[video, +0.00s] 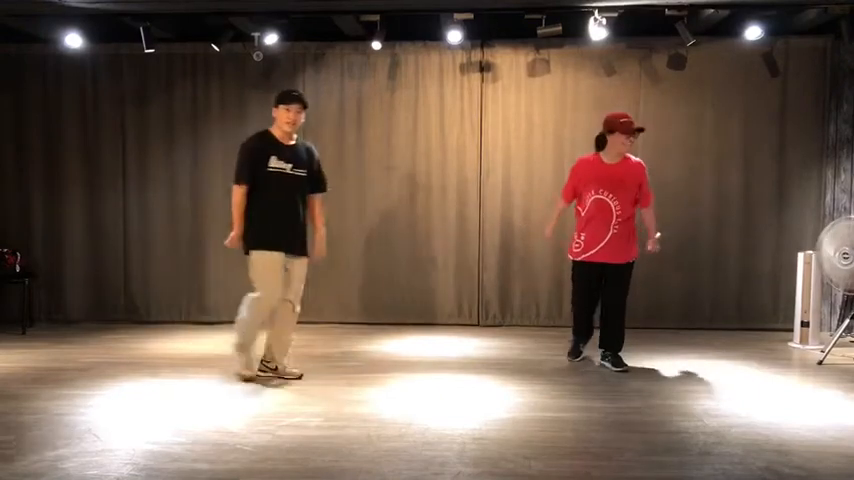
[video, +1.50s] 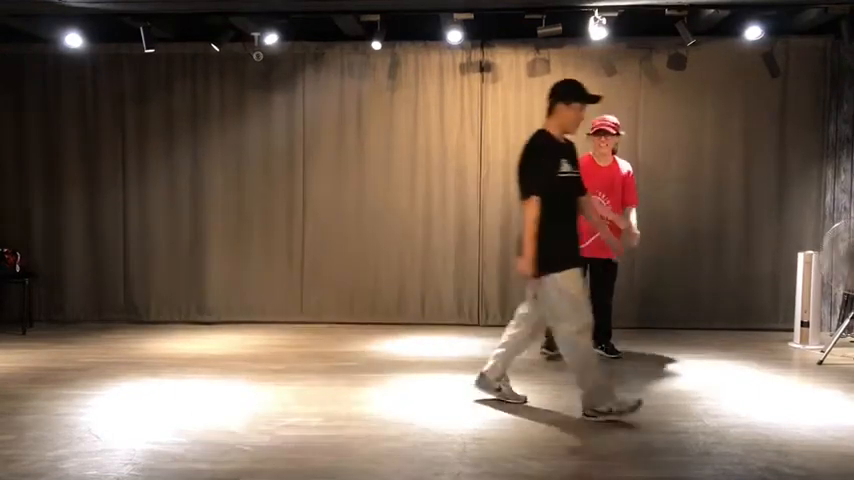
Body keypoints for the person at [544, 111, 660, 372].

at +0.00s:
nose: (631, 139)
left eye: (632, 135)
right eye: (626, 135)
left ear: (631, 138)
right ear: (610, 136)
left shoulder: (636, 167)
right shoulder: (584, 165)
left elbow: (645, 204)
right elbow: (566, 198)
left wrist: (652, 233)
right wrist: (551, 224)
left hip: (621, 251)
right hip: (586, 250)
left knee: (614, 305)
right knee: (582, 302)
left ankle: (610, 351)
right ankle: (579, 339)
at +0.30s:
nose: (614, 139)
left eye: (614, 135)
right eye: (609, 135)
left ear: (609, 138)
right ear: (594, 137)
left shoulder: (619, 163)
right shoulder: (575, 165)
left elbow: (633, 194)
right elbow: (572, 202)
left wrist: (629, 214)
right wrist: (586, 225)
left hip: (612, 247)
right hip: (580, 247)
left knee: (610, 303)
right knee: (574, 302)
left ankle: (610, 351)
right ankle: (566, 349)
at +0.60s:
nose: (591, 139)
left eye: (591, 134)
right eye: (586, 135)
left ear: (587, 138)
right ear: (571, 139)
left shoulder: (599, 163)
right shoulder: (557, 172)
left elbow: (614, 196)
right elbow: (557, 211)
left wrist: (623, 222)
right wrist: (577, 233)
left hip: (600, 248)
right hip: (568, 250)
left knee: (604, 302)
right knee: (566, 303)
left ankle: (611, 350)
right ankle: (564, 349)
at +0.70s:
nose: (589, 137)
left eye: (590, 133)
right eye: (584, 134)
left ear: (588, 137)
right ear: (569, 138)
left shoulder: (599, 163)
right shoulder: (555, 173)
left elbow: (610, 195)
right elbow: (551, 213)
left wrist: (615, 223)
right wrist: (551, 245)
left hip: (600, 247)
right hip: (568, 249)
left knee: (605, 301)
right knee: (565, 303)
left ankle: (610, 348)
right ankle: (564, 349)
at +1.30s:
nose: (602, 140)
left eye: (607, 136)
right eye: (598, 135)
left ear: (614, 140)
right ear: (590, 139)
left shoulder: (622, 169)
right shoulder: (577, 166)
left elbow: (630, 199)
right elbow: (572, 203)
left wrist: (638, 219)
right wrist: (580, 232)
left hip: (606, 246)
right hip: (577, 245)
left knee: (603, 298)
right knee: (572, 297)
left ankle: (602, 340)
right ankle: (564, 343)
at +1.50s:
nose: (602, 141)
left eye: (608, 136)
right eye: (598, 136)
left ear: (616, 140)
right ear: (591, 139)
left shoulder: (623, 169)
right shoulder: (581, 164)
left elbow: (629, 203)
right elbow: (574, 197)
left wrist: (632, 225)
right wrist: (609, 217)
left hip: (606, 242)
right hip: (577, 239)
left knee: (603, 296)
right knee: (565, 291)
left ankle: (603, 339)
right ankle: (552, 338)